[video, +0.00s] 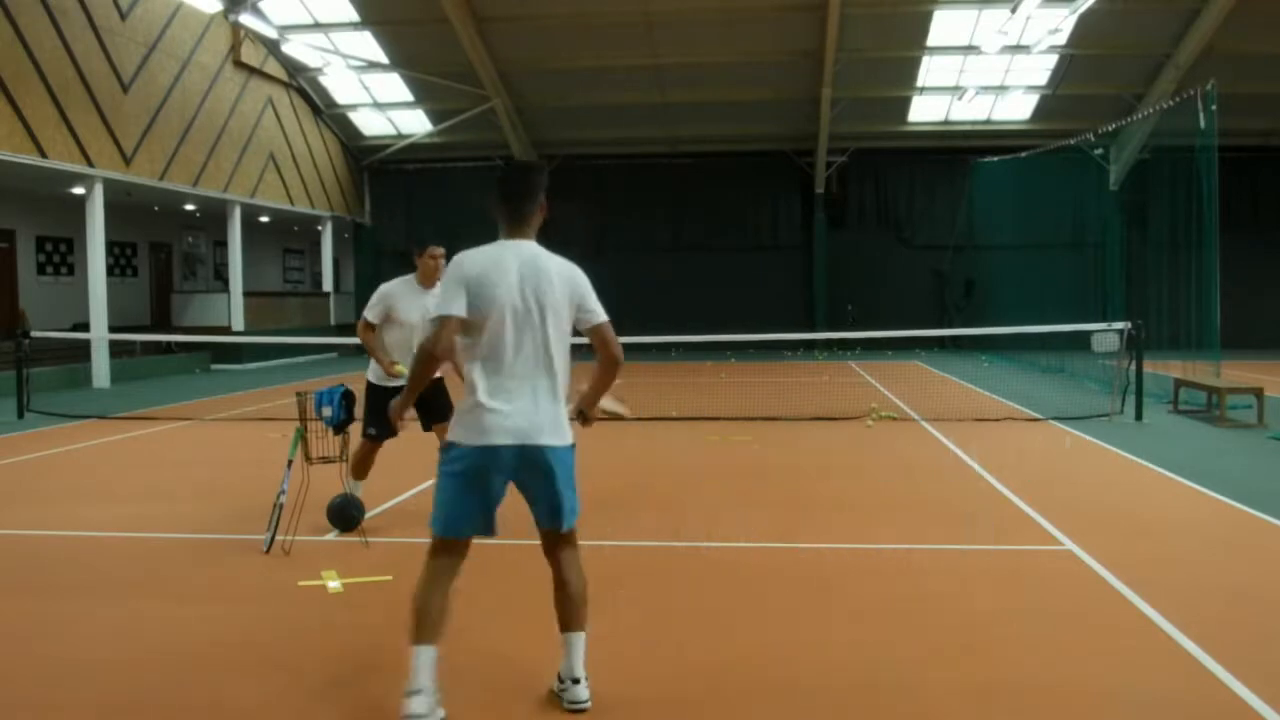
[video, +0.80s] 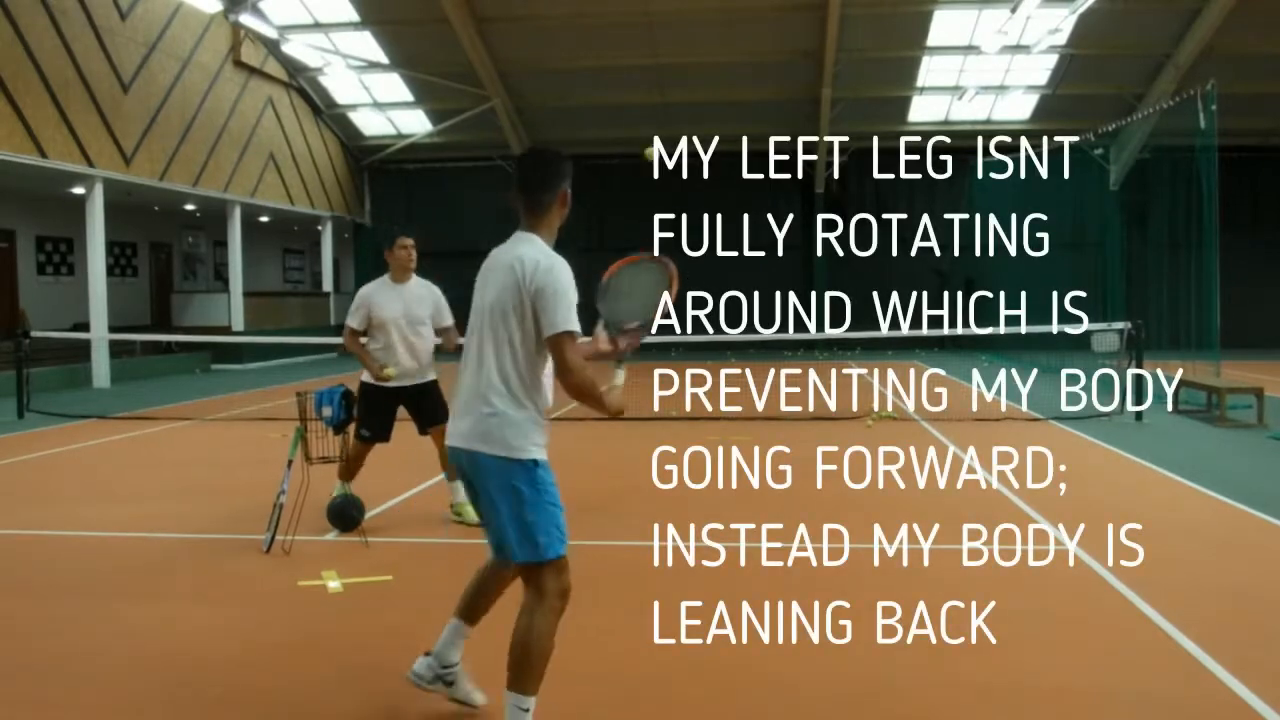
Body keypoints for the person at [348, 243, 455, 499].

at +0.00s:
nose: (439, 264)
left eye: (442, 258)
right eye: (432, 258)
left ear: (446, 262)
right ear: (418, 260)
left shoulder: (448, 294)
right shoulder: (390, 292)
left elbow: (451, 342)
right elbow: (365, 329)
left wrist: (469, 379)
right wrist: (385, 362)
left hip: (429, 379)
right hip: (386, 381)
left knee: (450, 436)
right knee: (372, 441)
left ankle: (456, 499)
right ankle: (352, 497)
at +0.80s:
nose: (410, 254)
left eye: (413, 249)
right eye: (404, 249)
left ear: (417, 255)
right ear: (388, 255)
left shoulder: (430, 291)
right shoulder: (369, 294)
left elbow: (448, 330)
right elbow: (349, 338)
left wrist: (449, 341)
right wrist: (372, 364)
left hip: (422, 381)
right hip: (380, 384)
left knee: (443, 435)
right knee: (363, 444)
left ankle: (459, 500)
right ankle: (341, 492)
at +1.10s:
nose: (381, 248)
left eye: (384, 243)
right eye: (374, 243)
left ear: (388, 248)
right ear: (361, 247)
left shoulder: (397, 283)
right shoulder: (342, 285)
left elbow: (402, 321)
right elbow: (319, 329)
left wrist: (412, 342)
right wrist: (348, 357)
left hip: (392, 376)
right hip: (353, 380)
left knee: (416, 430)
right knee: (345, 442)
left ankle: (421, 496)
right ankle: (337, 498)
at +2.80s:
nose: (396, 252)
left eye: (396, 247)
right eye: (394, 247)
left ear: (381, 248)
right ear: (381, 248)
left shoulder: (390, 281)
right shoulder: (346, 284)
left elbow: (402, 319)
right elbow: (326, 331)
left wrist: (443, 328)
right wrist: (362, 358)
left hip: (395, 374)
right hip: (358, 380)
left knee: (423, 425)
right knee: (349, 440)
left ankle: (428, 492)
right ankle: (337, 496)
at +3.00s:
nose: (420, 257)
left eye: (422, 252)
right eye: (414, 252)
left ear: (421, 256)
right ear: (396, 254)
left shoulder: (423, 291)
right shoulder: (369, 288)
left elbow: (438, 331)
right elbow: (343, 330)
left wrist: (475, 356)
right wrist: (369, 361)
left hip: (408, 382)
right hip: (367, 383)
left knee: (430, 436)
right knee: (350, 442)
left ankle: (451, 501)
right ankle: (337, 497)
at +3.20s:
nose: (454, 266)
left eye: (457, 260)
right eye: (447, 260)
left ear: (460, 265)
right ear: (431, 262)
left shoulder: (461, 304)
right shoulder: (401, 291)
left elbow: (463, 352)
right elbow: (372, 325)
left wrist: (473, 399)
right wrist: (386, 364)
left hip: (431, 380)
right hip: (390, 379)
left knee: (452, 433)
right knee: (364, 437)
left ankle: (455, 503)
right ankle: (340, 490)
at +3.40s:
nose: (467, 260)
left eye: (469, 255)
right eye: (460, 254)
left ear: (472, 260)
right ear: (444, 257)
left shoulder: (475, 301)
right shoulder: (415, 286)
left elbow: (483, 347)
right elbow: (389, 322)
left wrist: (492, 392)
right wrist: (403, 358)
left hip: (445, 376)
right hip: (404, 374)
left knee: (459, 433)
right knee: (380, 434)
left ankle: (456, 503)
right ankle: (359, 495)